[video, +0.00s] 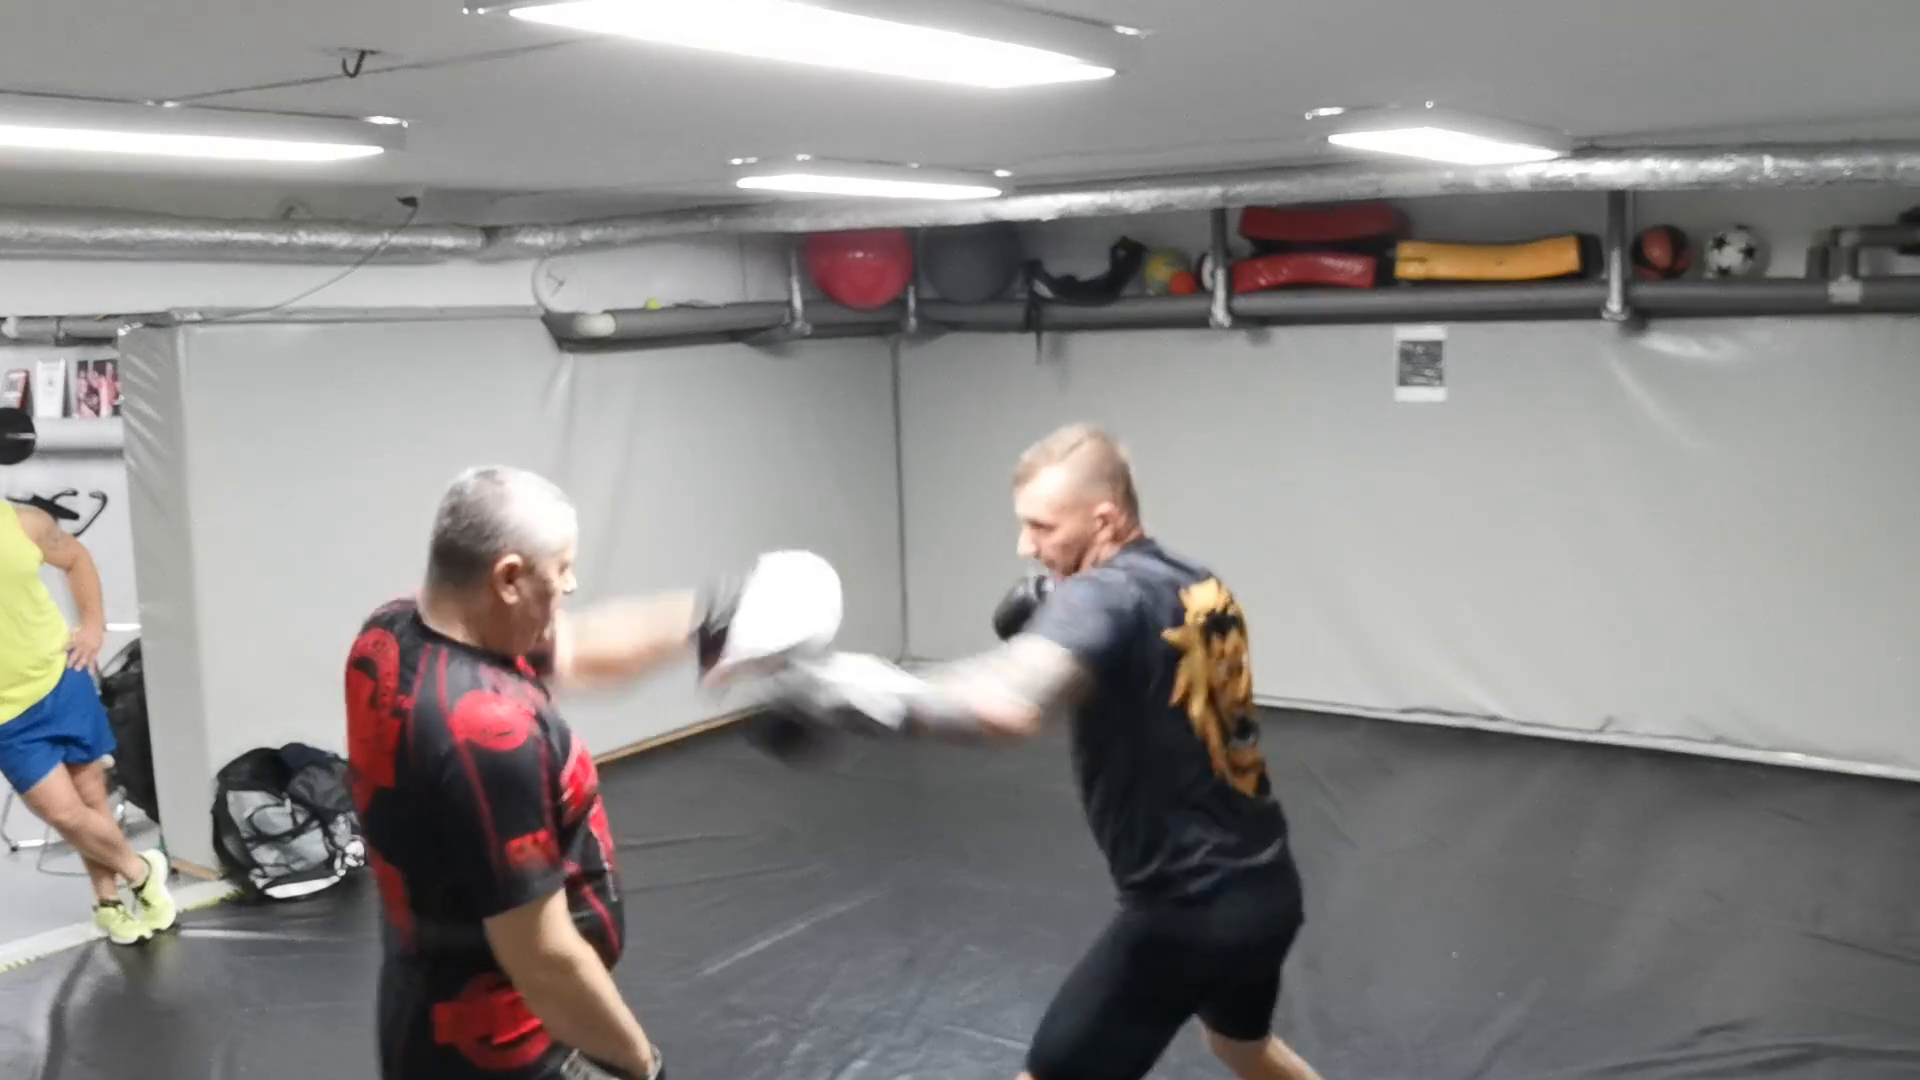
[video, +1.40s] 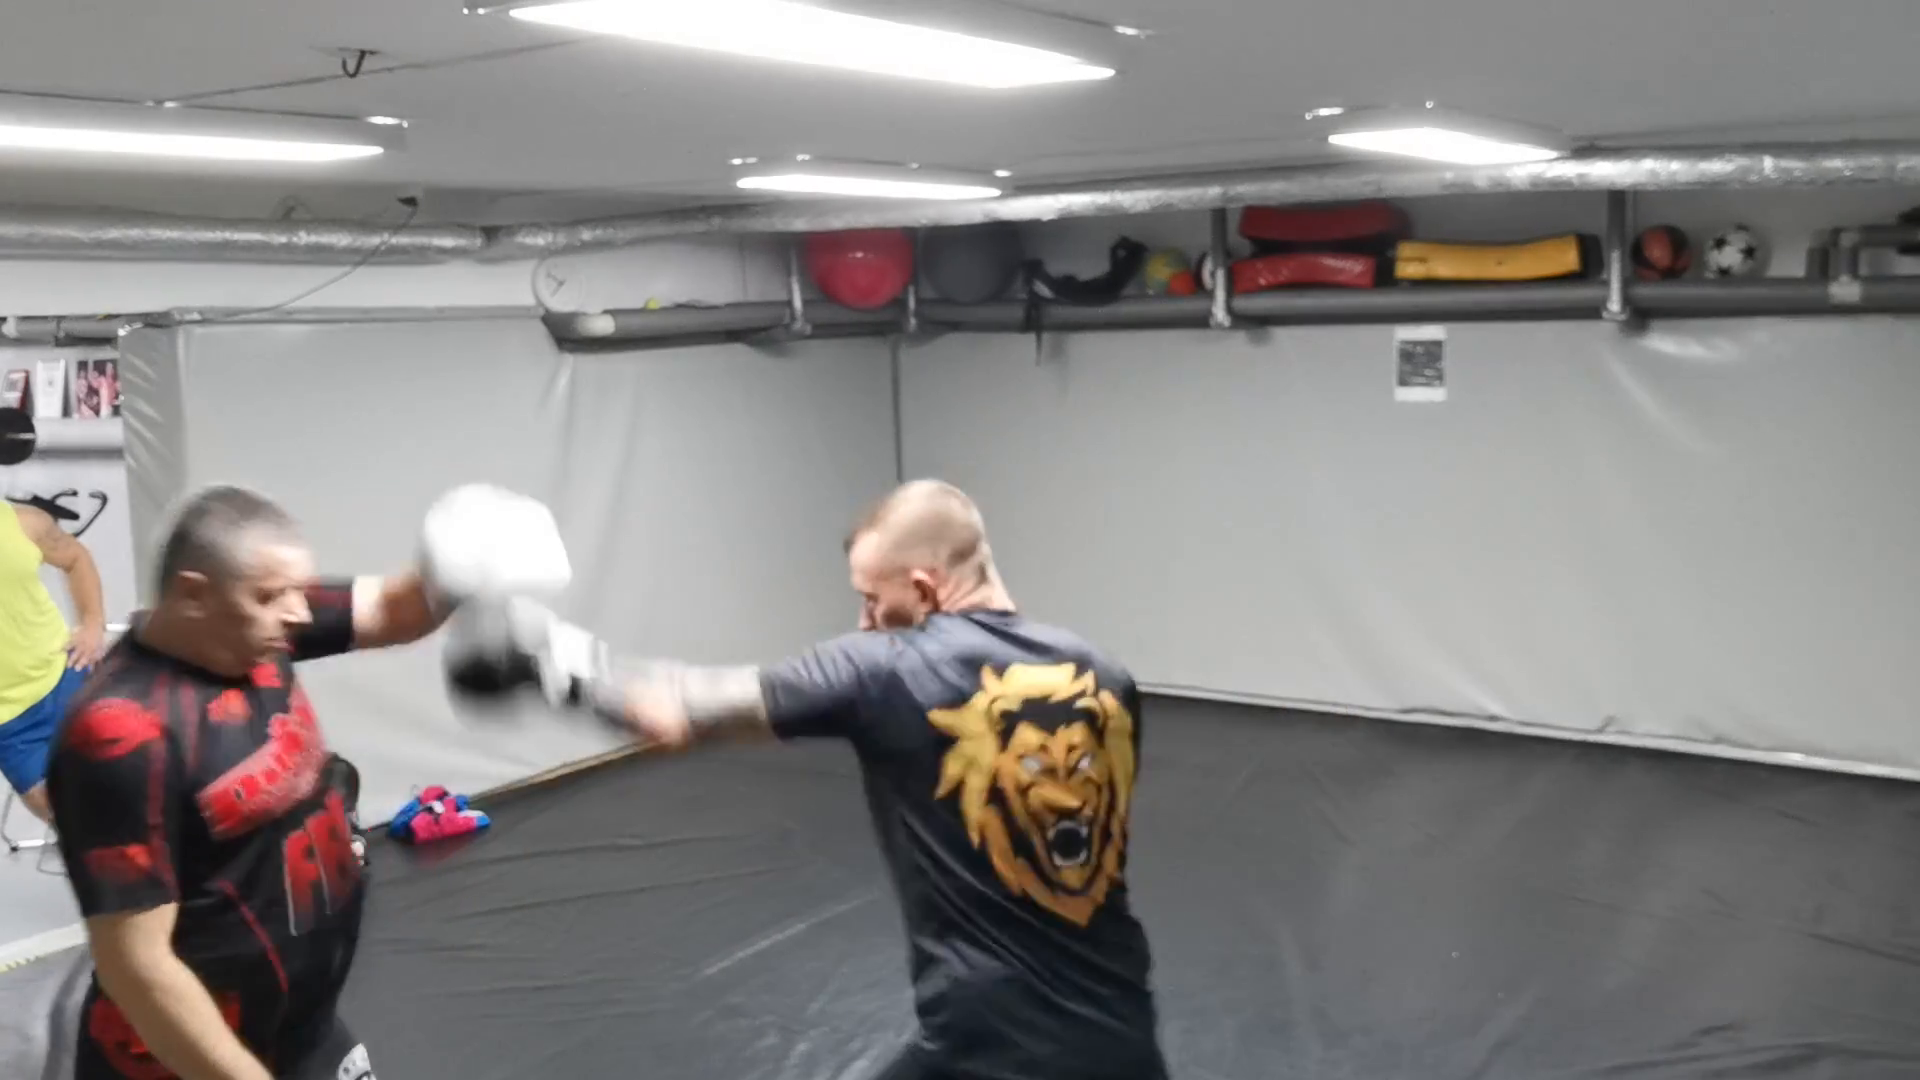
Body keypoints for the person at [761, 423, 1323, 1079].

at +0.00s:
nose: (1027, 549)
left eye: (1043, 527)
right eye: (1023, 527)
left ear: (1109, 518)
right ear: (1117, 520)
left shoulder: (1101, 596)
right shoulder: (1197, 584)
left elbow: (1010, 703)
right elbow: (1147, 660)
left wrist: (865, 689)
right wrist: (1056, 615)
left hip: (1187, 911)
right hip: (1258, 888)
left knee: (1056, 1068)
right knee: (1245, 1045)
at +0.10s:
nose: (1050, 531)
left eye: (1065, 511)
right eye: (1045, 510)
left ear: (1129, 499)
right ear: (1133, 499)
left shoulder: (1148, 581)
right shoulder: (1204, 558)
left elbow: (1151, 757)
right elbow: (1178, 690)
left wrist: (1026, 707)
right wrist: (1080, 615)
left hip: (1194, 891)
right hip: (1263, 869)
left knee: (1081, 1070)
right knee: (1254, 1047)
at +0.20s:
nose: (1101, 545)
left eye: (1114, 523)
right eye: (1094, 523)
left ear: (1176, 503)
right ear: (1178, 503)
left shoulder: (1213, 594)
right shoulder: (1222, 571)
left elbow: (1188, 773)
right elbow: (1150, 672)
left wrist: (1092, 664)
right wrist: (1092, 603)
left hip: (1229, 900)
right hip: (1273, 883)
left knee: (1115, 1068)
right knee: (1270, 1058)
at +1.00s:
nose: (1088, 556)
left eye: (1092, 530)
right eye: (1079, 534)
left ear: (1149, 504)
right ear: (1160, 501)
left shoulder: (1176, 606)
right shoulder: (1279, 568)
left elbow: (1089, 803)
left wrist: (1034, 670)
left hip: (1253, 956)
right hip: (1342, 934)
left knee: (1121, 1068)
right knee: (1334, 1068)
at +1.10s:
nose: (1070, 593)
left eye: (1079, 567)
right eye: (1063, 570)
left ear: (1143, 551)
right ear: (1151, 551)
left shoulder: (1172, 661)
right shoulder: (1260, 622)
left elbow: (1127, 876)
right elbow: (1098, 753)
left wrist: (1043, 759)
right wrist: (1097, 630)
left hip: (1225, 1009)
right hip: (1317, 986)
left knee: (1044, 1071)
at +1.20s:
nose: (987, 573)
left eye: (996, 548)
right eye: (984, 550)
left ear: (1062, 534)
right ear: (1074, 531)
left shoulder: (1078, 638)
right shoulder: (1204, 614)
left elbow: (1045, 834)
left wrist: (937, 778)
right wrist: (1048, 628)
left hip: (1122, 993)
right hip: (1237, 982)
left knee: (962, 1071)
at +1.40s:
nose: (868, 618)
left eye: (872, 599)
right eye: (863, 599)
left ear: (929, 585)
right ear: (980, 573)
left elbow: (679, 710)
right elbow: (1092, 837)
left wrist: (558, 654)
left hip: (983, 1040)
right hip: (1118, 1033)